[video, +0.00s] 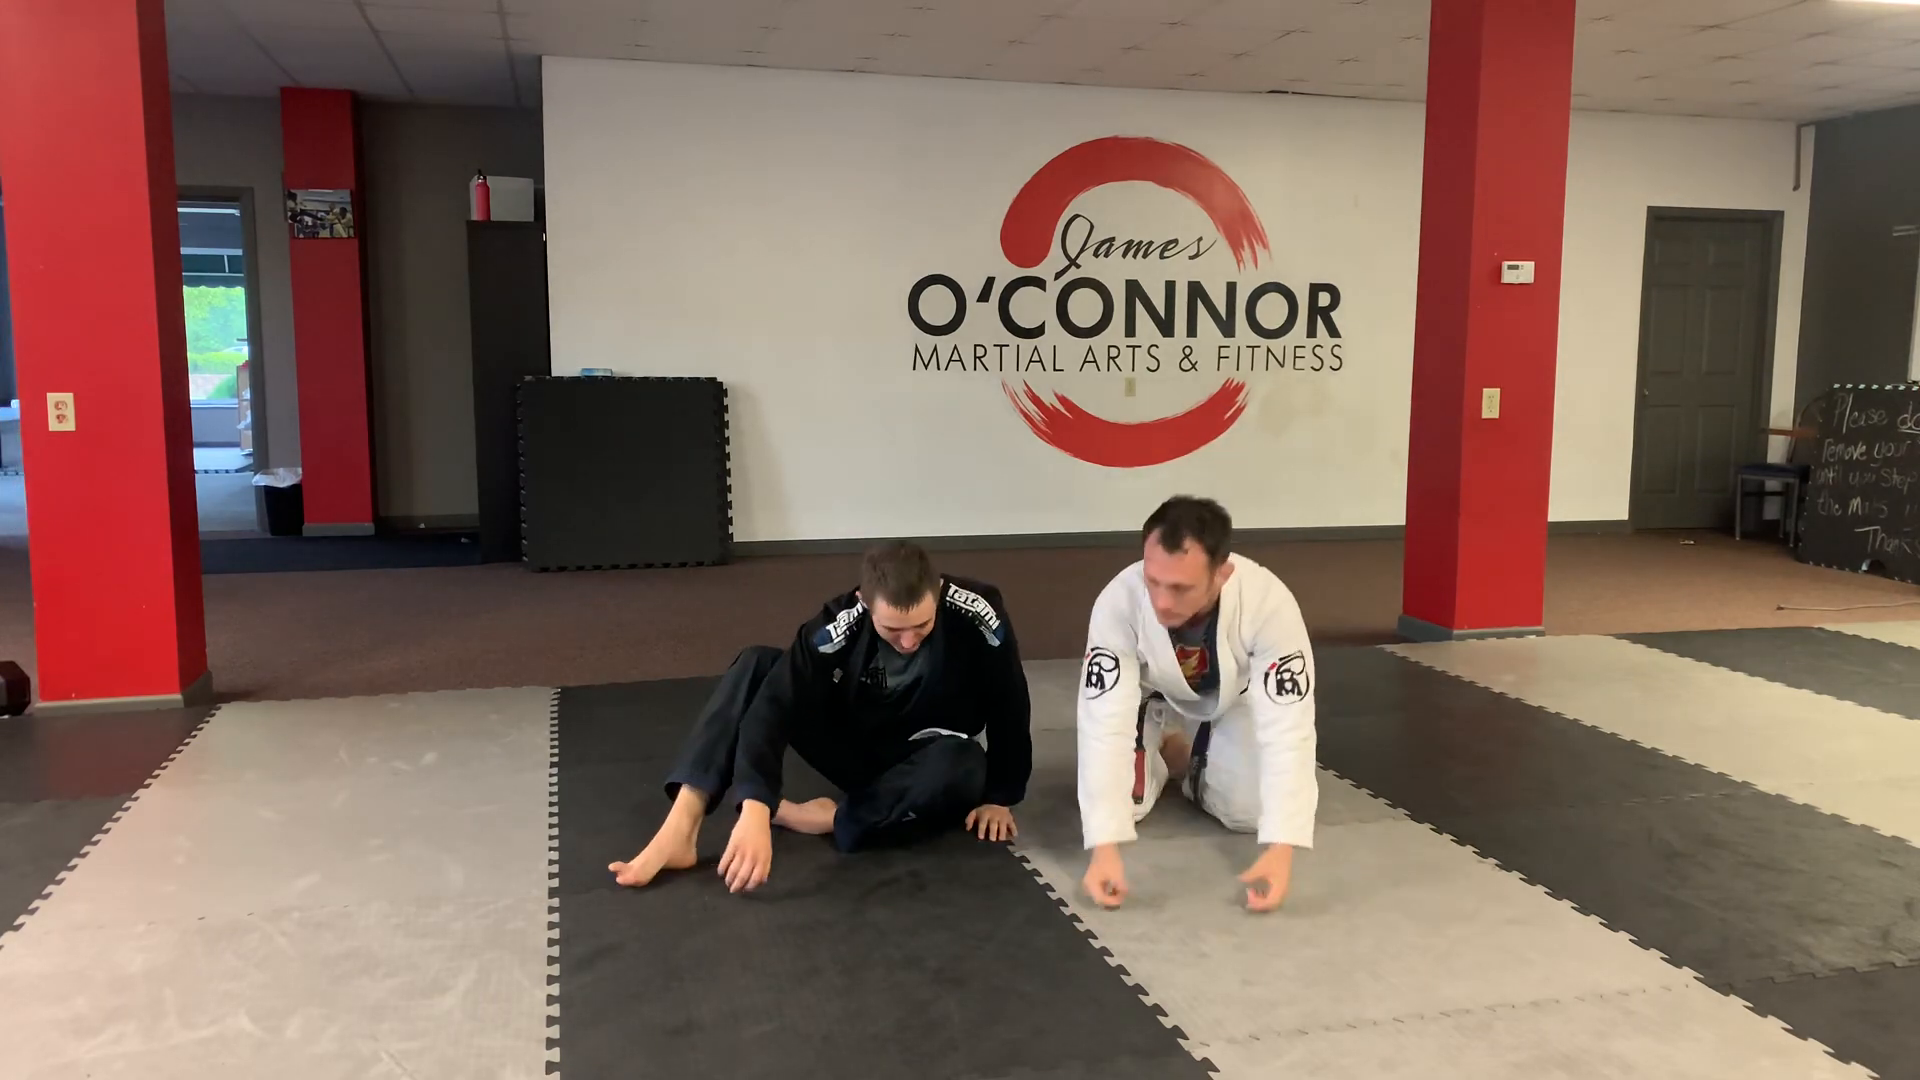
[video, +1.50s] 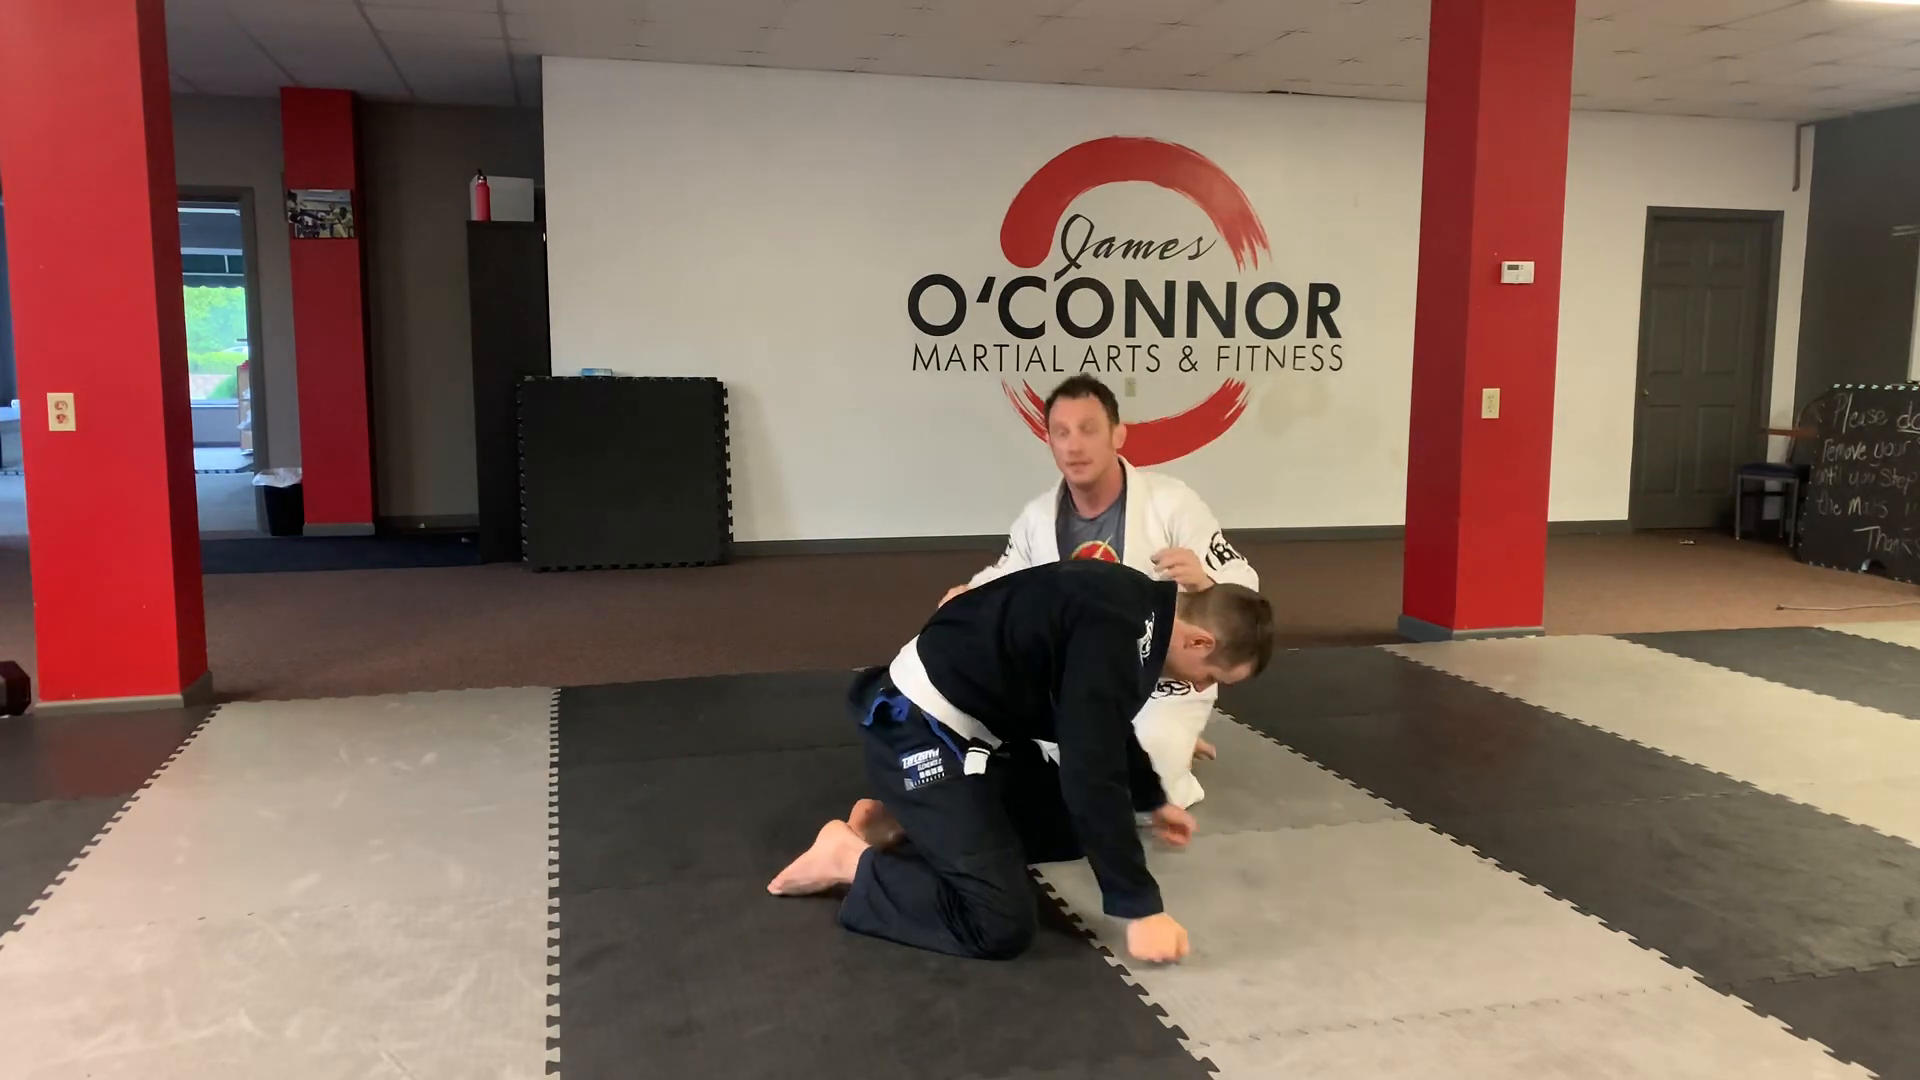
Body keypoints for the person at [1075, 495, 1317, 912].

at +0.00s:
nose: (1162, 602)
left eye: (1180, 590)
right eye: (1153, 583)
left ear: (1222, 574)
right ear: (1145, 565)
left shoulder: (1268, 606)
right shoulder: (1120, 603)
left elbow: (1288, 728)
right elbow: (1103, 722)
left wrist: (1280, 849)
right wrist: (1104, 845)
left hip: (1237, 704)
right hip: (1155, 697)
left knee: (1248, 813)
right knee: (1120, 809)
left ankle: (1188, 760)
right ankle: (1155, 740)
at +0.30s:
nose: (1167, 529)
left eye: (1186, 515)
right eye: (1160, 510)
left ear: (1226, 516)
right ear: (1153, 502)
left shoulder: (1268, 568)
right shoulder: (1120, 563)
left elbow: (1305, 668)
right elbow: (1082, 642)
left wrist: (1314, 767)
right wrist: (1102, 723)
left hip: (1225, 700)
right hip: (1138, 694)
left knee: (1249, 810)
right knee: (1110, 805)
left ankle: (1187, 763)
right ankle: (1170, 762)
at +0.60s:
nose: (1159, 469)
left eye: (1175, 456)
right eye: (1151, 455)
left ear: (1211, 460)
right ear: (1143, 455)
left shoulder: (1256, 532)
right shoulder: (1119, 523)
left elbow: (1293, 621)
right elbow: (1087, 593)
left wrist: (1310, 692)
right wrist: (1082, 635)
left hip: (1213, 696)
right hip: (1124, 684)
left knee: (1248, 805)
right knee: (1099, 794)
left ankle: (1179, 759)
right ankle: (1173, 763)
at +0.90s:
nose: (1128, 459)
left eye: (1143, 444)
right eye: (1119, 446)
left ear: (1178, 445)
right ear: (1110, 447)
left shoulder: (1226, 518)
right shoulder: (1099, 522)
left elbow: (1272, 597)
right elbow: (1078, 601)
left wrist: (1283, 643)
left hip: (1191, 693)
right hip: (1108, 691)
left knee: (1240, 802)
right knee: (1036, 768)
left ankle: (1176, 763)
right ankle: (1152, 763)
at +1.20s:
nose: (1095, 458)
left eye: (1109, 443)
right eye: (1085, 445)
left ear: (1143, 443)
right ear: (1076, 448)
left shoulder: (1197, 512)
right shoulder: (1069, 523)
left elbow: (1256, 592)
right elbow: (1054, 608)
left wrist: (1211, 657)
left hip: (1177, 684)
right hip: (1096, 683)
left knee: (1177, 799)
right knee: (1045, 772)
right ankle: (1143, 757)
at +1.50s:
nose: (1074, 446)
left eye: (1088, 430)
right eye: (1062, 433)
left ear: (1118, 435)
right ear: (1049, 442)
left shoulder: (1172, 503)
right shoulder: (1037, 518)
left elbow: (1246, 582)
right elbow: (1008, 573)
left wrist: (1207, 581)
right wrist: (972, 591)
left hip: (1172, 670)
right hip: (1079, 669)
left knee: (1148, 746)